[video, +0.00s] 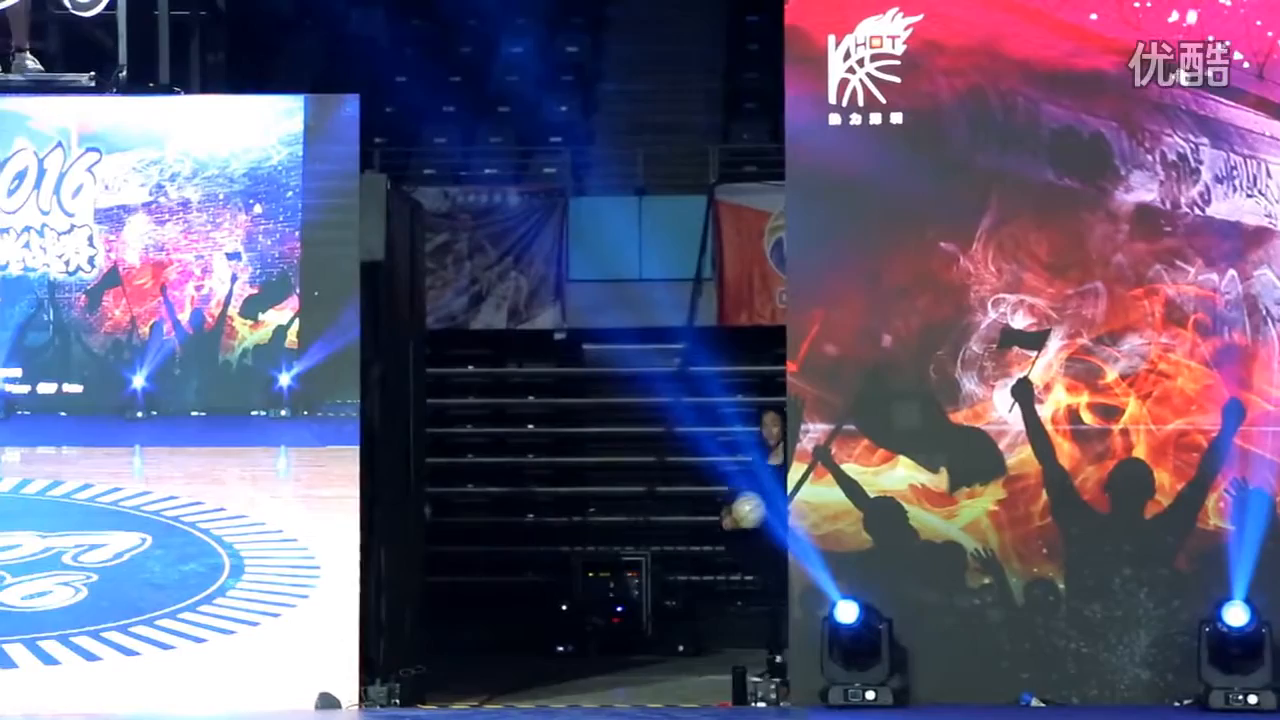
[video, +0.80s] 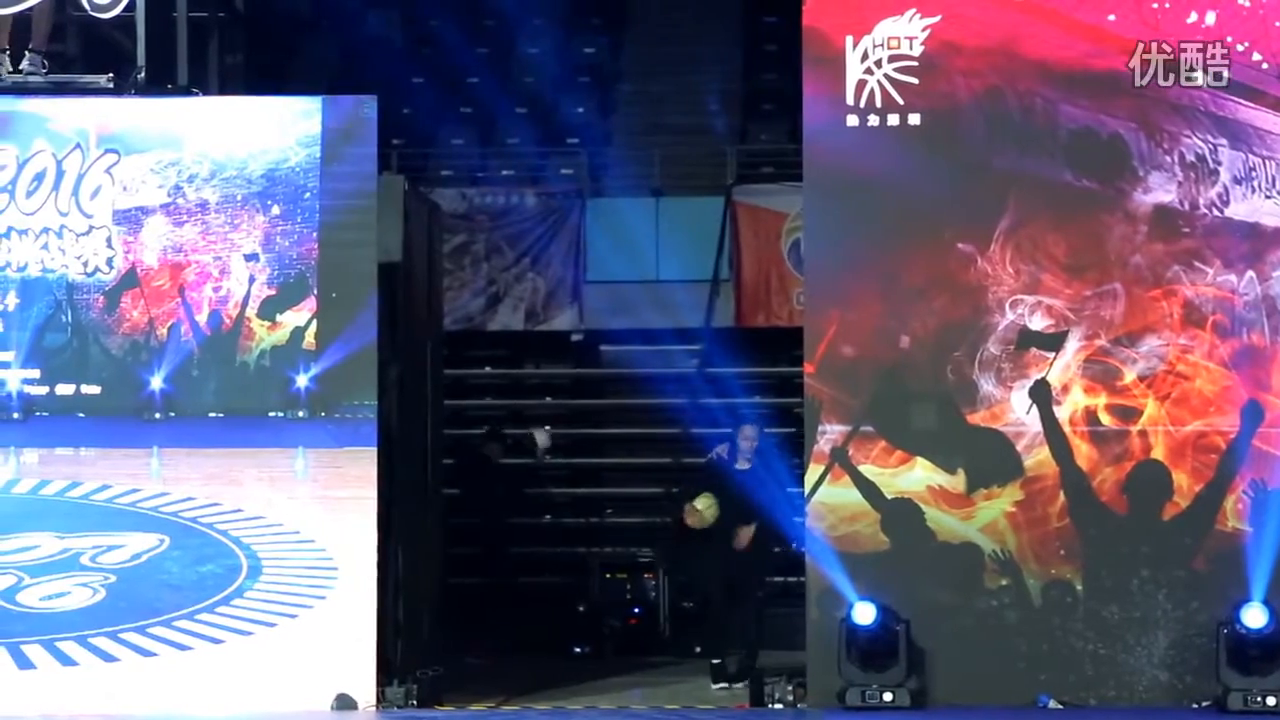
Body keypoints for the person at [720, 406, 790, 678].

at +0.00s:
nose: (769, 430)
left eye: (774, 425)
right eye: (765, 425)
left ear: (784, 428)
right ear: (760, 429)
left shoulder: (794, 457)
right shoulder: (755, 461)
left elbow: (802, 492)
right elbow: (735, 491)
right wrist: (728, 513)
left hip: (787, 535)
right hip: (761, 536)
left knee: (785, 598)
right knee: (772, 598)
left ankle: (785, 657)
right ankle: (773, 657)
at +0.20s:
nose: (761, 433)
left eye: (766, 428)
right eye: (757, 428)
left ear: (774, 431)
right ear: (750, 432)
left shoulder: (786, 465)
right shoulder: (741, 467)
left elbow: (799, 500)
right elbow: (721, 498)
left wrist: (799, 527)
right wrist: (720, 517)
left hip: (779, 545)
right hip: (748, 545)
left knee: (773, 602)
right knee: (756, 602)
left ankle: (778, 656)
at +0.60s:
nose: (749, 438)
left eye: (754, 433)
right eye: (745, 432)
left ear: (761, 436)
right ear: (737, 434)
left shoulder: (772, 465)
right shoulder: (722, 463)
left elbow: (788, 500)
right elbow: (701, 490)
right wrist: (689, 513)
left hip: (756, 541)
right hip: (723, 540)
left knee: (748, 603)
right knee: (718, 596)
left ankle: (743, 666)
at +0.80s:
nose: (749, 444)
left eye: (753, 439)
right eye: (745, 439)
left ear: (759, 442)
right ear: (735, 439)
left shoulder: (763, 469)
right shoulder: (717, 465)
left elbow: (767, 501)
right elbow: (698, 491)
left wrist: (752, 526)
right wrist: (690, 512)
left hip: (750, 544)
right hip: (718, 543)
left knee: (748, 605)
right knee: (717, 605)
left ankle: (747, 667)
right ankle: (717, 665)